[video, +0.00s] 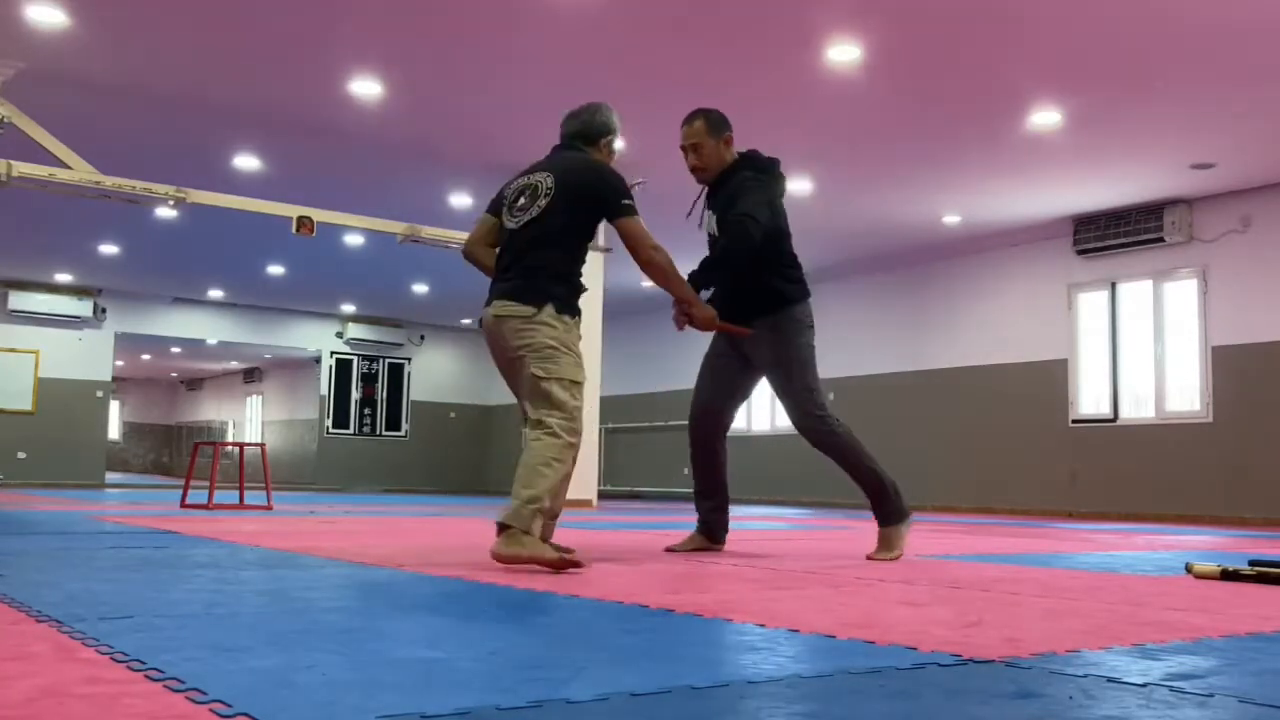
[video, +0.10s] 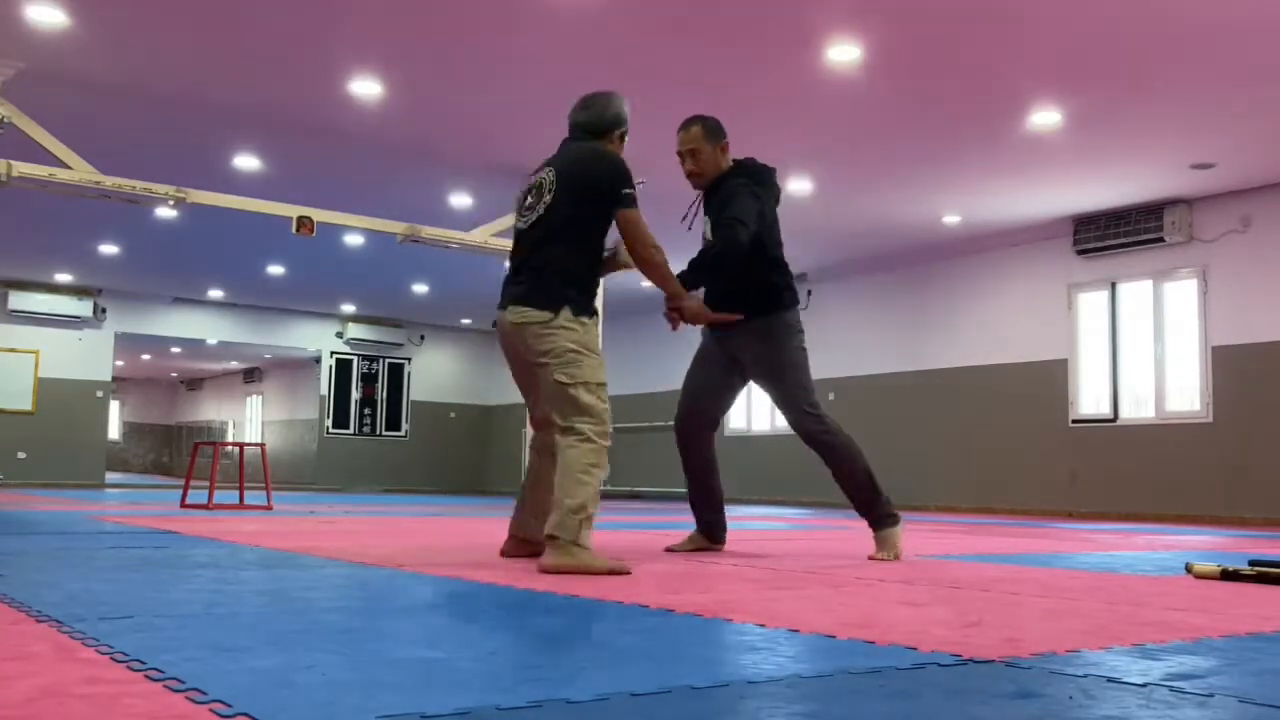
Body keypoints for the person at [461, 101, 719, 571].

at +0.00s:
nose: (614, 157)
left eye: (614, 149)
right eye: (614, 149)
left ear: (566, 138)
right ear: (603, 144)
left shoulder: (525, 178)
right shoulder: (600, 176)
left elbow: (475, 246)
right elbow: (646, 252)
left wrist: (520, 277)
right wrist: (693, 302)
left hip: (501, 313)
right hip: (542, 315)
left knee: (545, 423)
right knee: (559, 425)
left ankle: (536, 535)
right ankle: (519, 535)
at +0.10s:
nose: (626, 143)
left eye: (625, 136)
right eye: (626, 136)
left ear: (575, 129)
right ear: (617, 135)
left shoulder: (549, 171)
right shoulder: (607, 165)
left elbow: (559, 265)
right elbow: (643, 248)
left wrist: (622, 258)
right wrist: (681, 298)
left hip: (517, 316)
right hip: (557, 318)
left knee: (550, 427)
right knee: (587, 429)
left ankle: (527, 534)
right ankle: (569, 546)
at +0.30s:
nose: (673, 176)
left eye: (677, 167)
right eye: (676, 164)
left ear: (636, 143)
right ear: (668, 155)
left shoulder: (609, 169)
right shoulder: (632, 166)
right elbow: (609, 212)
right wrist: (651, 292)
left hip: (561, 324)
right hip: (583, 325)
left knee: (615, 428)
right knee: (619, 431)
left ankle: (605, 532)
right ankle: (567, 546)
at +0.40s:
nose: (687, 198)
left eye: (692, 189)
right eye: (691, 186)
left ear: (655, 161)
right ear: (681, 177)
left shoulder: (604, 183)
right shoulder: (644, 175)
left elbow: (559, 197)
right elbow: (622, 174)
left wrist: (573, 171)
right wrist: (627, 257)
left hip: (573, 340)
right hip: (610, 335)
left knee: (633, 434)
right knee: (686, 423)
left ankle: (617, 537)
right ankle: (625, 499)